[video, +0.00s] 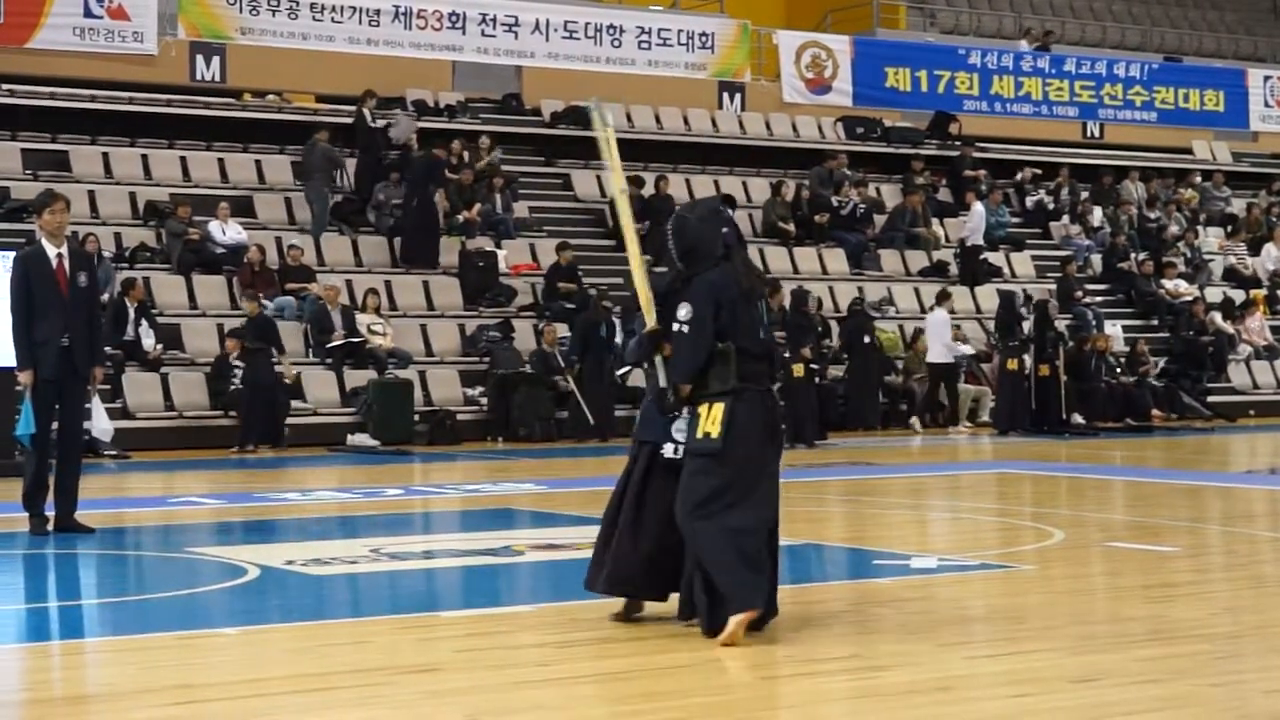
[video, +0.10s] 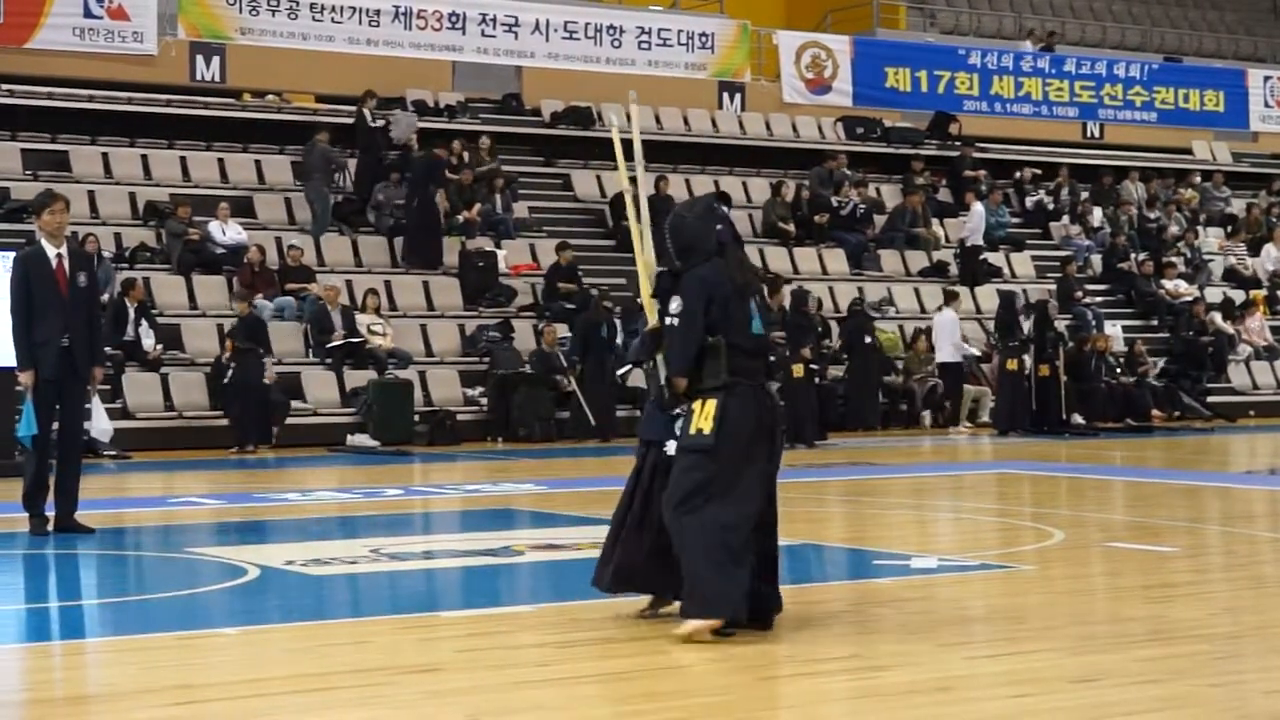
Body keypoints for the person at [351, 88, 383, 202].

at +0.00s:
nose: (375, 104)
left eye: (375, 101)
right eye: (374, 101)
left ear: (366, 100)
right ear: (368, 100)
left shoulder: (366, 112)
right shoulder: (363, 112)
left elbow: (370, 125)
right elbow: (369, 126)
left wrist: (384, 124)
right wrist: (384, 125)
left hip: (369, 146)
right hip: (367, 147)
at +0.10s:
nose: (375, 104)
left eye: (376, 101)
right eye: (374, 101)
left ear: (367, 100)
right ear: (368, 100)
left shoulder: (366, 111)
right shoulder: (363, 112)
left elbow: (370, 123)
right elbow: (369, 125)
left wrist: (381, 121)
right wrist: (383, 122)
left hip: (369, 146)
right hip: (368, 148)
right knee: (368, 171)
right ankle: (364, 196)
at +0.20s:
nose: (375, 105)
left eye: (376, 102)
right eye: (375, 102)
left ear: (367, 101)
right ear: (369, 100)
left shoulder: (368, 112)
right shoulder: (363, 112)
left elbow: (369, 124)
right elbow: (366, 126)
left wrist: (381, 121)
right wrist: (382, 122)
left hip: (371, 146)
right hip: (366, 147)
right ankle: (363, 197)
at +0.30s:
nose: (375, 105)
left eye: (376, 102)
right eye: (375, 102)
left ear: (367, 101)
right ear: (369, 100)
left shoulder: (367, 112)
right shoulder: (362, 112)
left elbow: (370, 122)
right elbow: (366, 126)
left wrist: (380, 118)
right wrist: (379, 122)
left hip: (371, 147)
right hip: (366, 147)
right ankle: (363, 198)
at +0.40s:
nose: (375, 105)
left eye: (376, 102)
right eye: (375, 102)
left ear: (367, 101)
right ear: (369, 100)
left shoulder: (367, 112)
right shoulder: (363, 112)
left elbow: (371, 123)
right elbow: (367, 126)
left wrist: (382, 118)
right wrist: (382, 119)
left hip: (371, 146)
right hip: (367, 147)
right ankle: (363, 197)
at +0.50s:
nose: (375, 105)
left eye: (376, 103)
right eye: (375, 102)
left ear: (368, 101)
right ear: (369, 101)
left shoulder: (367, 112)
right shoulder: (363, 112)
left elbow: (372, 121)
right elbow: (368, 125)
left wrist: (383, 116)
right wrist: (382, 119)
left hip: (371, 146)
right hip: (367, 146)